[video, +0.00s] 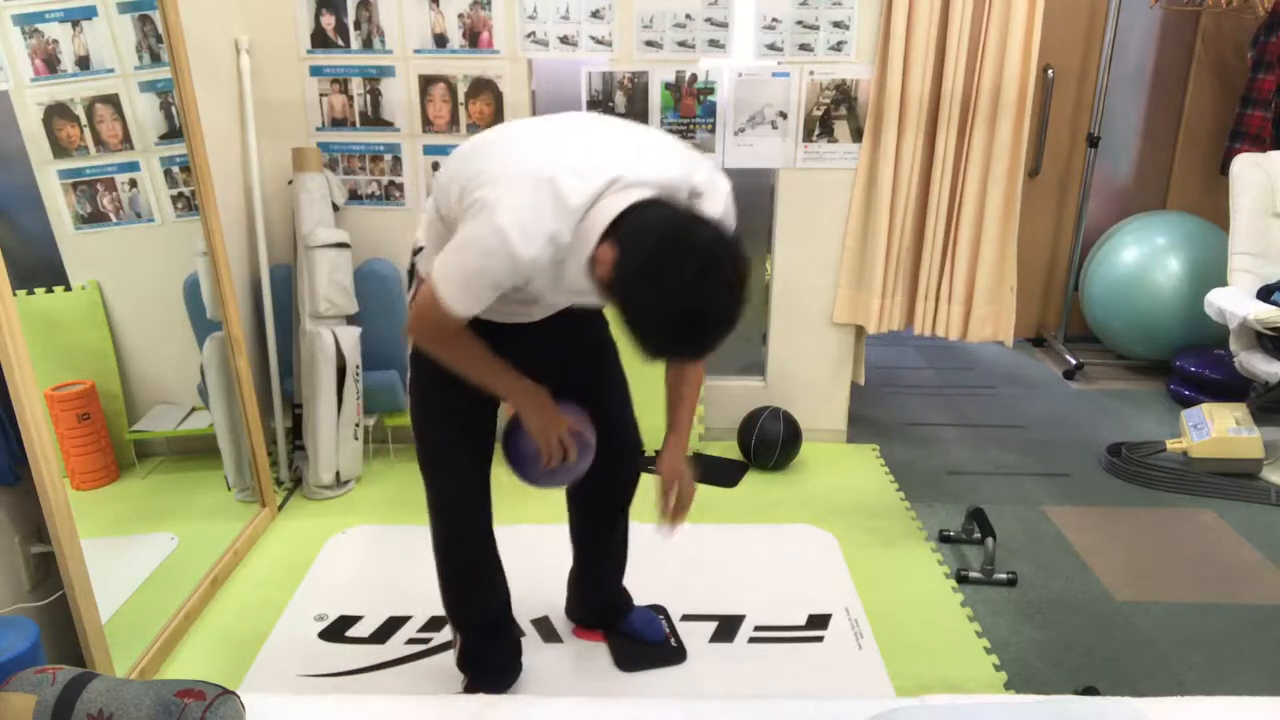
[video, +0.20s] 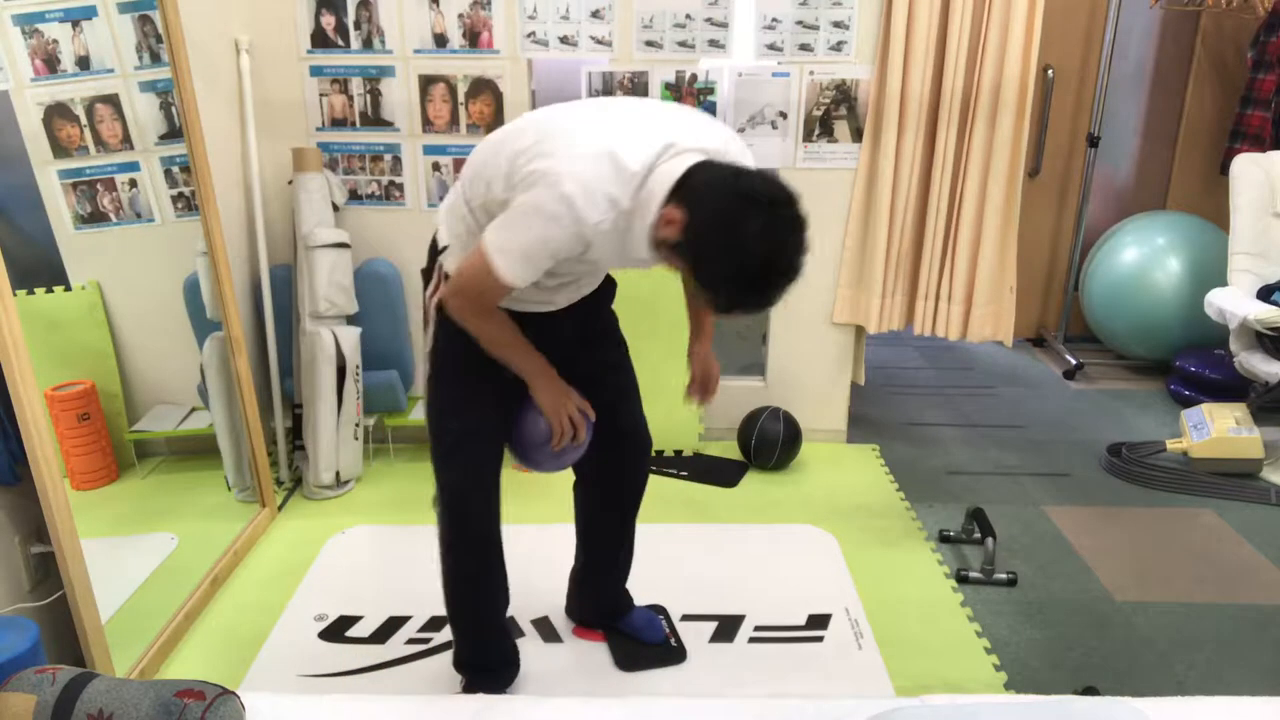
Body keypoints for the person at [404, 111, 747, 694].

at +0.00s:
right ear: (607, 265)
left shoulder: (710, 200)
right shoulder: (512, 232)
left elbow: (690, 334)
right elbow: (427, 323)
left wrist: (678, 442)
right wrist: (529, 399)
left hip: (567, 292)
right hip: (465, 290)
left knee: (613, 450)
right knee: (457, 489)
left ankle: (598, 600)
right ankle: (487, 652)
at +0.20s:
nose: (691, 284)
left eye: (706, 285)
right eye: (693, 274)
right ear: (674, 226)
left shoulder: (735, 170)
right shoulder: (570, 204)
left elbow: (706, 257)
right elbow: (464, 296)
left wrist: (701, 340)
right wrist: (541, 379)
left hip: (577, 278)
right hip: (481, 284)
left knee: (622, 446)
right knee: (467, 489)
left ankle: (599, 599)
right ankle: (483, 665)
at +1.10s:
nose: (793, 211)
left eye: (808, 208)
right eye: (806, 200)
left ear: (796, 149)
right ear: (795, 151)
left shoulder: (747, 141)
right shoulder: (709, 136)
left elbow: (640, 217)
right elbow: (595, 251)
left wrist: (634, 303)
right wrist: (579, 361)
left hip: (593, 264)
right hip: (520, 251)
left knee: (621, 438)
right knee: (503, 462)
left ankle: (597, 600)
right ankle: (471, 664)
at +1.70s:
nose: (793, 147)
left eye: (810, 141)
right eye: (808, 132)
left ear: (794, 78)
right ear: (794, 80)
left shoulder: (731, 94)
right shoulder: (703, 82)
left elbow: (623, 183)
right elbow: (567, 176)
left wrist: (623, 280)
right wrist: (583, 323)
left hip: (588, 259)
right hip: (532, 257)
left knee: (610, 444)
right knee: (565, 464)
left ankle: (604, 601)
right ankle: (555, 665)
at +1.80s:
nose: (787, 134)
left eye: (804, 127)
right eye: (802, 118)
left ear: (787, 62)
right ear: (785, 65)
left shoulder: (725, 70)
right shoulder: (698, 80)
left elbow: (611, 168)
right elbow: (560, 182)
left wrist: (619, 259)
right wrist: (562, 337)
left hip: (584, 266)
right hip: (530, 269)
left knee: (613, 441)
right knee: (570, 467)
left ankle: (608, 602)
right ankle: (556, 671)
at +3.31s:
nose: (726, 7)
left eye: (731, 2)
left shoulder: (641, 18)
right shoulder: (618, 21)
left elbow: (580, 163)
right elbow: (548, 160)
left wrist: (600, 304)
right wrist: (572, 312)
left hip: (588, 269)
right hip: (556, 279)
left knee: (597, 448)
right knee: (570, 473)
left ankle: (584, 587)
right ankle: (554, 669)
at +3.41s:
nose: (724, 8)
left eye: (729, 4)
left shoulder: (643, 17)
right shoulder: (624, 15)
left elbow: (572, 148)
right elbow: (554, 146)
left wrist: (599, 289)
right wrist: (573, 295)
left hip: (586, 264)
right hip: (556, 273)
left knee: (596, 446)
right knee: (571, 470)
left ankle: (585, 587)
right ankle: (555, 668)